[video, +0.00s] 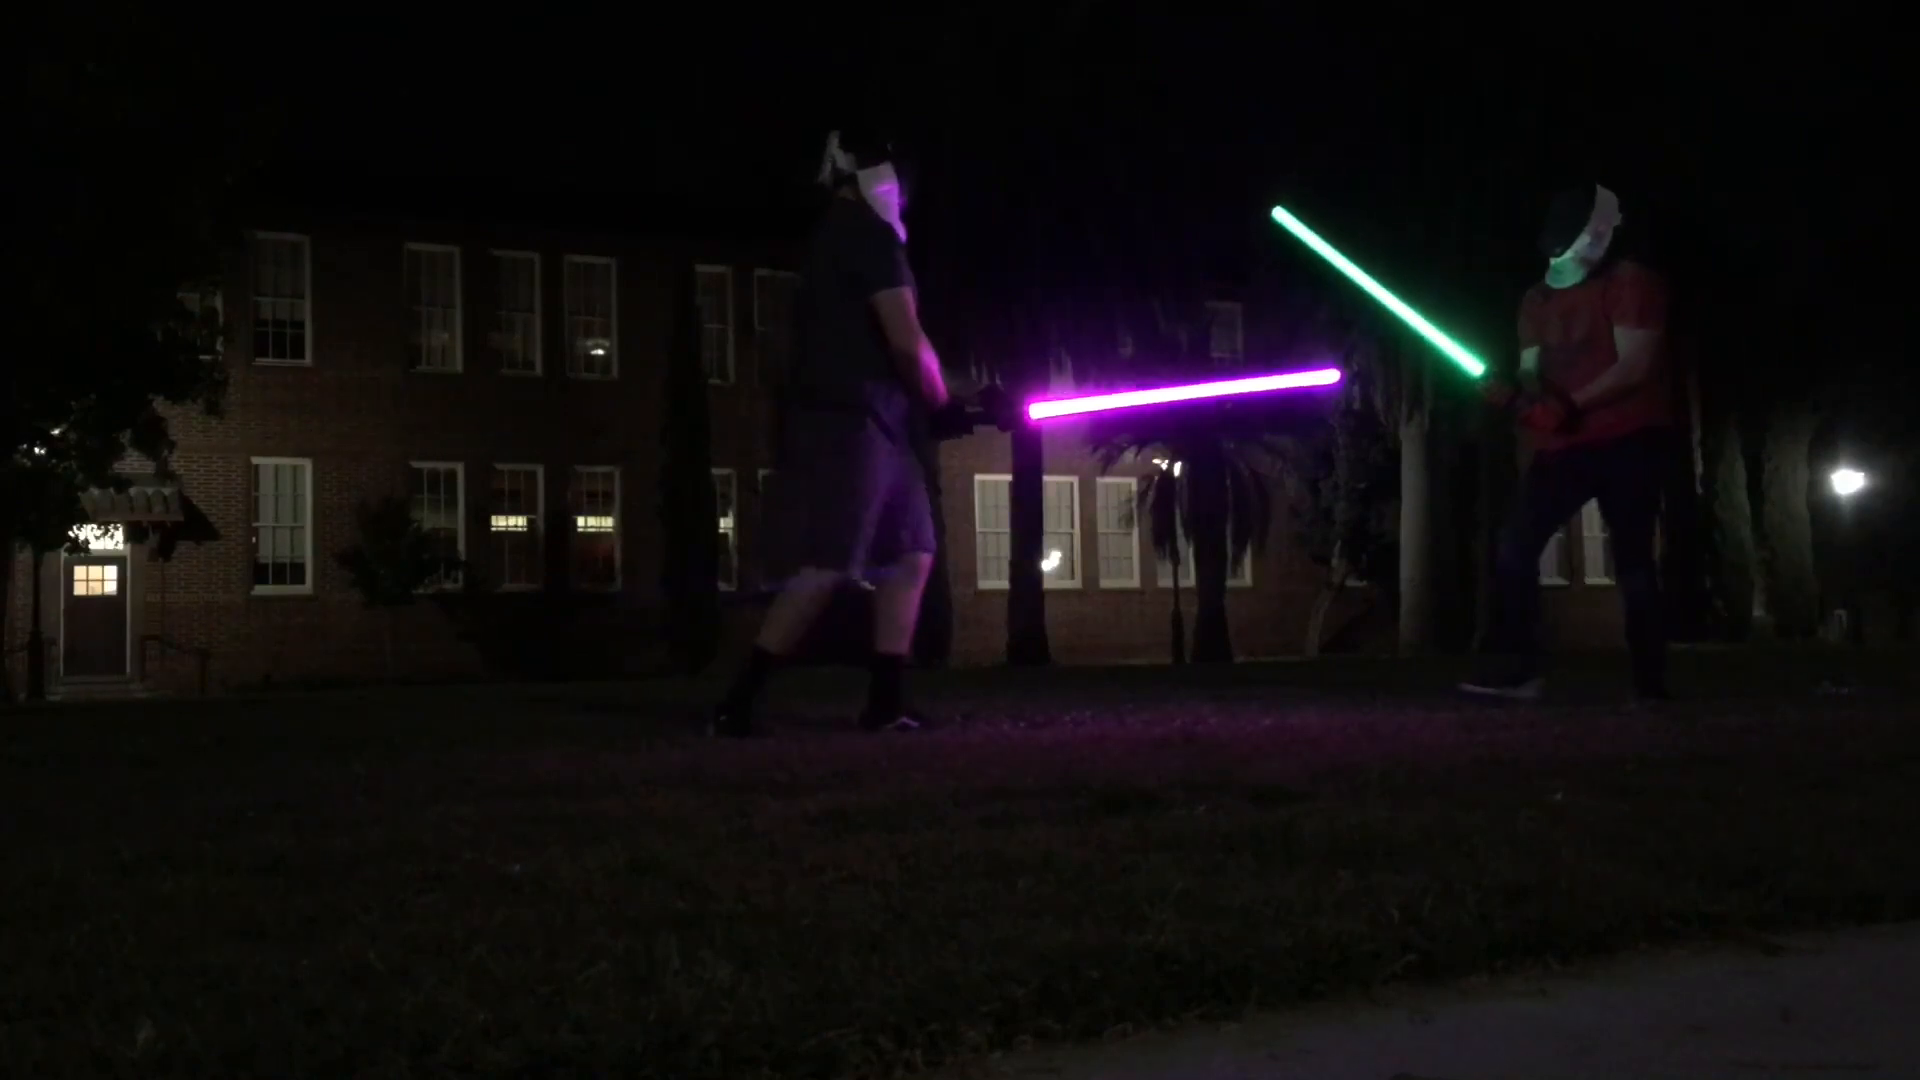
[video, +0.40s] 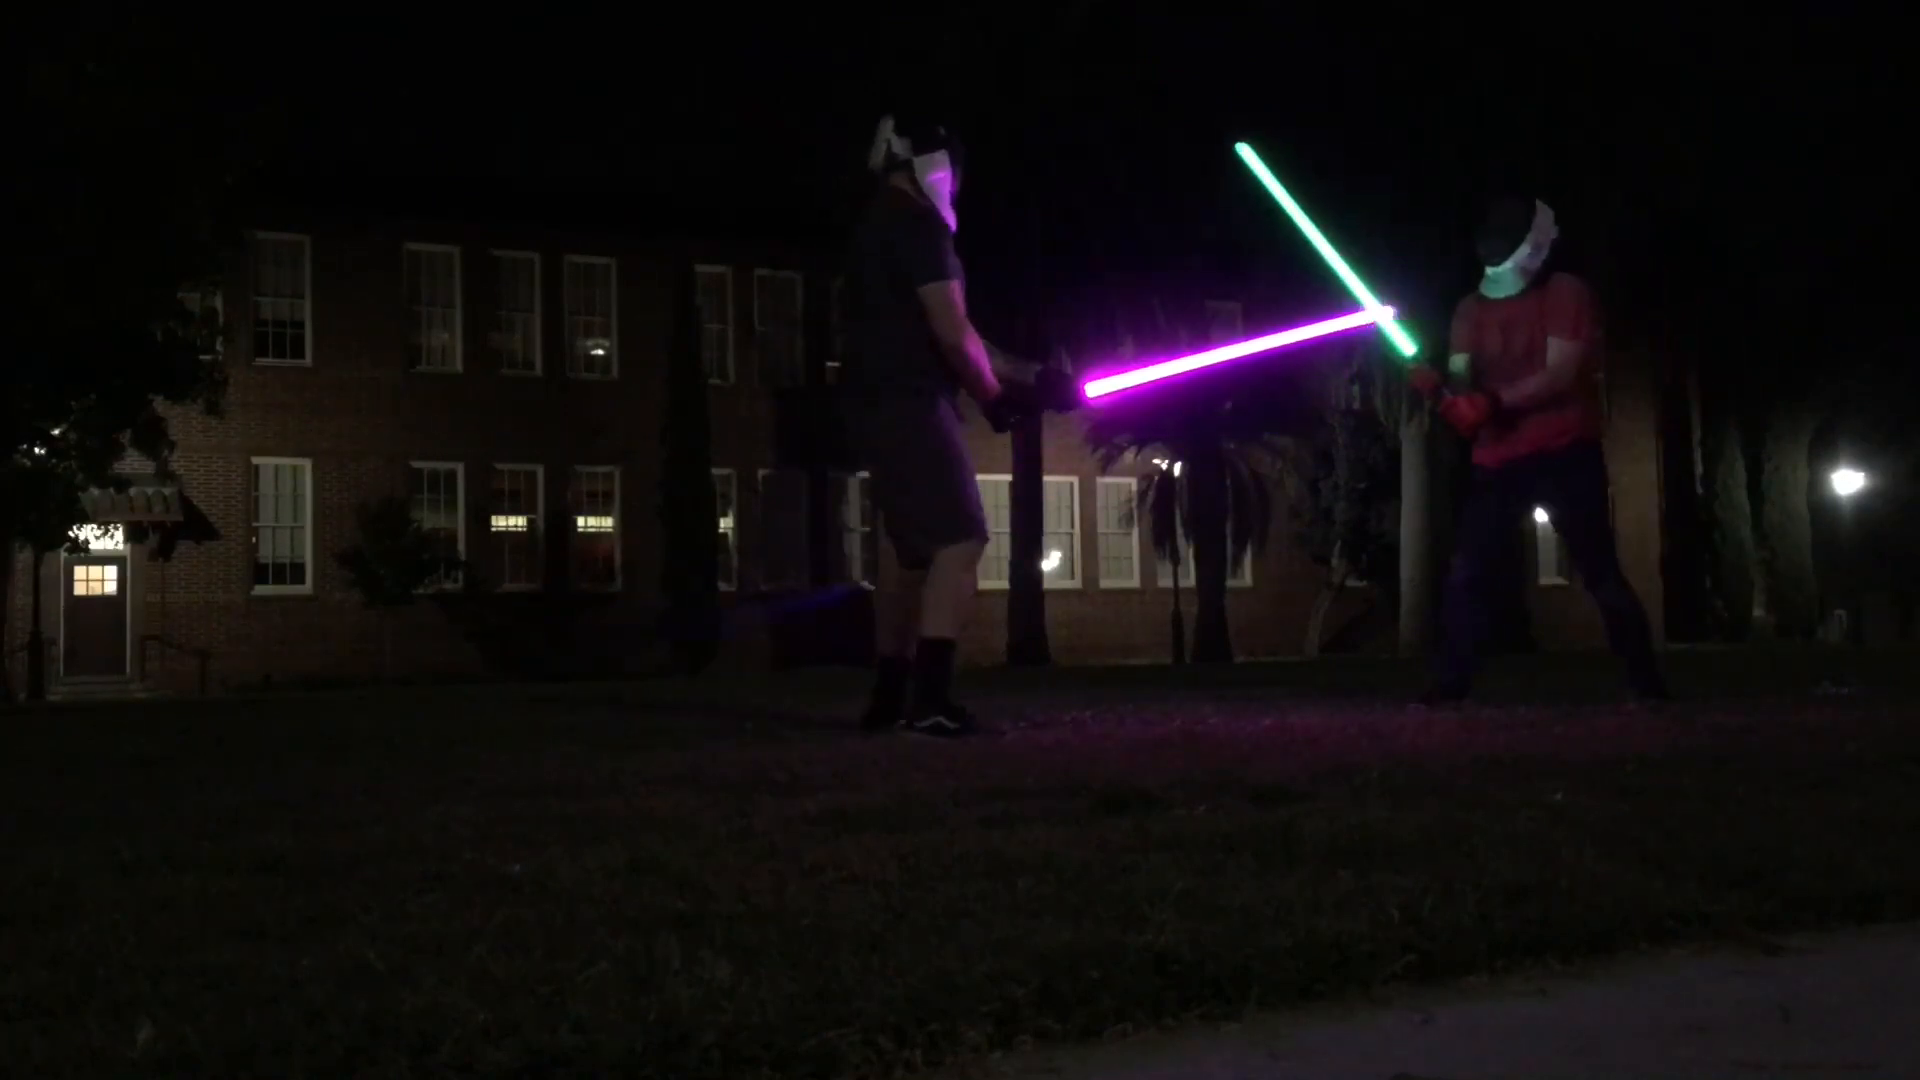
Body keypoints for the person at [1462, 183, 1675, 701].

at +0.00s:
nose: (1559, 256)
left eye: (1571, 244)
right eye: (1554, 246)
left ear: (1598, 237)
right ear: (1551, 242)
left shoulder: (1628, 285)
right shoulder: (1538, 302)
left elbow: (1635, 365)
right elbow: (1534, 382)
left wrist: (1571, 404)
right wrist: (1508, 392)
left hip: (1629, 447)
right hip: (1563, 451)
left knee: (1634, 568)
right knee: (1515, 548)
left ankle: (1649, 683)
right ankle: (1514, 670)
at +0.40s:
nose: (1498, 260)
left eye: (1510, 247)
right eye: (1493, 250)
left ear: (1534, 245)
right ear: (1488, 249)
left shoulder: (1564, 295)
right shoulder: (1470, 311)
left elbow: (1560, 375)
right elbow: (1461, 388)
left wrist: (1492, 402)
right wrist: (1439, 390)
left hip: (1565, 456)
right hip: (1496, 463)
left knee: (1598, 571)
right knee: (1472, 571)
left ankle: (1645, 680)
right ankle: (1452, 682)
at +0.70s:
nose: (1494, 277)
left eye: (1504, 265)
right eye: (1487, 268)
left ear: (1529, 253)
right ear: (1477, 259)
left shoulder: (1556, 295)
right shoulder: (1465, 308)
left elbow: (1536, 351)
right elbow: (1425, 344)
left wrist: (1465, 346)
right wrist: (1415, 312)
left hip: (1562, 458)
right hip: (1492, 465)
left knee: (1597, 573)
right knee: (1469, 572)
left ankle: (1635, 680)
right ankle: (1451, 681)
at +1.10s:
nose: (1447, 243)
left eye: (1459, 229)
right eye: (1437, 231)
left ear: (1481, 236)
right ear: (1424, 240)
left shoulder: (1503, 287)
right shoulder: (1418, 295)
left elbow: (1488, 322)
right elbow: (1374, 314)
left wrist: (1422, 313)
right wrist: (1378, 274)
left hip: (1503, 456)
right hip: (1438, 460)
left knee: (1551, 568)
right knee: (1431, 574)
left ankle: (1607, 677)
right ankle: (1422, 688)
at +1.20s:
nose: (1431, 260)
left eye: (1443, 248)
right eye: (1424, 249)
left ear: (1466, 246)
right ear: (1416, 250)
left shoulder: (1492, 291)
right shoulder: (1407, 297)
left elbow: (1477, 326)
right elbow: (1371, 323)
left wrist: (1411, 331)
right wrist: (1356, 285)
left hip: (1493, 457)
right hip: (1428, 463)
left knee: (1515, 561)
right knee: (1427, 569)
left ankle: (1539, 665)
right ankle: (1423, 678)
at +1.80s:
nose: (1473, 324)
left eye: (1483, 315)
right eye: (1465, 315)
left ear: (1500, 307)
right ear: (1451, 303)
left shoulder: (1511, 334)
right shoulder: (1430, 331)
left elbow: (1524, 304)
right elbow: (1423, 386)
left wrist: (1473, 282)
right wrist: (1414, 331)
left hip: (1494, 468)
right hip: (1435, 468)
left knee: (1511, 569)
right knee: (1434, 563)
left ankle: (1497, 675)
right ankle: (1412, 674)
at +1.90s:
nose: (1464, 305)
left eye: (1472, 297)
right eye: (1454, 295)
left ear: (1488, 293)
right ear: (1440, 291)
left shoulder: (1508, 327)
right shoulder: (1427, 327)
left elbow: (1525, 300)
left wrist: (1488, 285)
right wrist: (1414, 326)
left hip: (1496, 465)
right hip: (1436, 467)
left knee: (1509, 569)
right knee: (1433, 566)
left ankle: (1498, 672)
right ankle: (1416, 669)